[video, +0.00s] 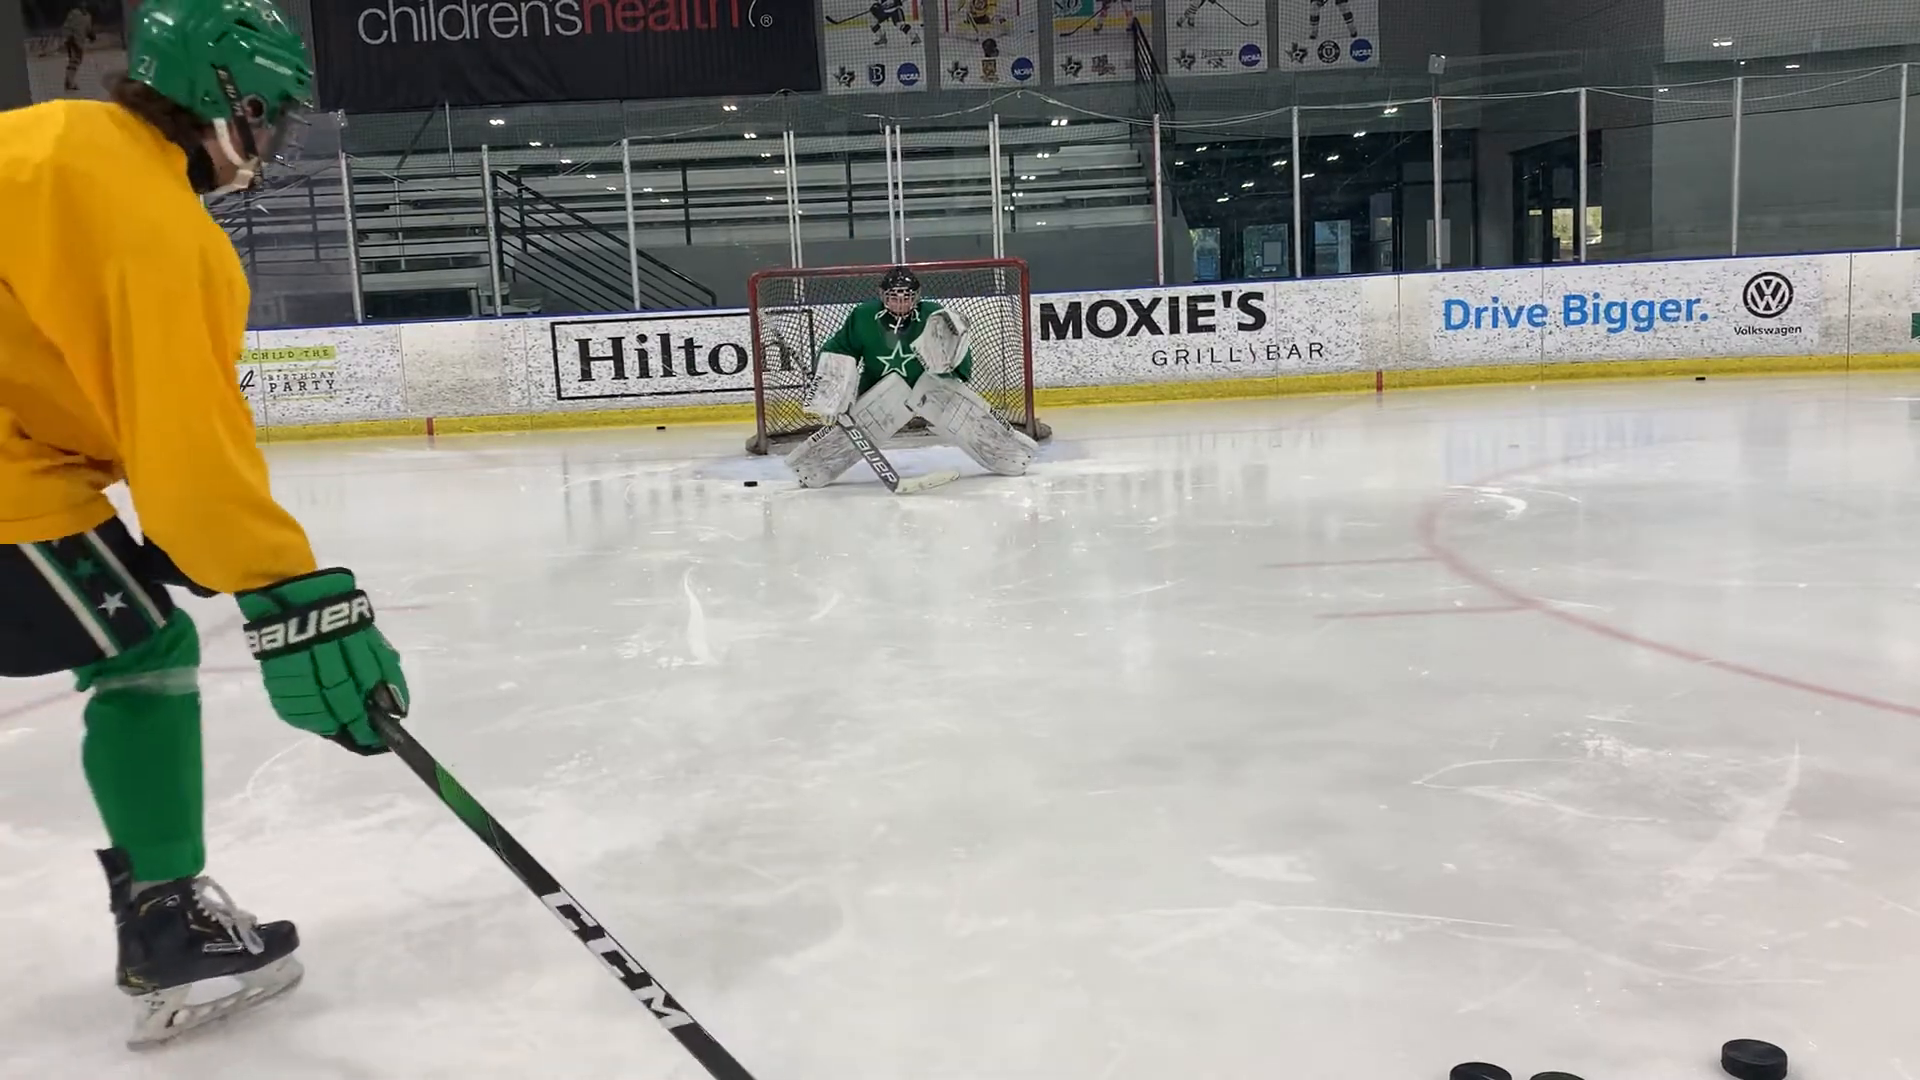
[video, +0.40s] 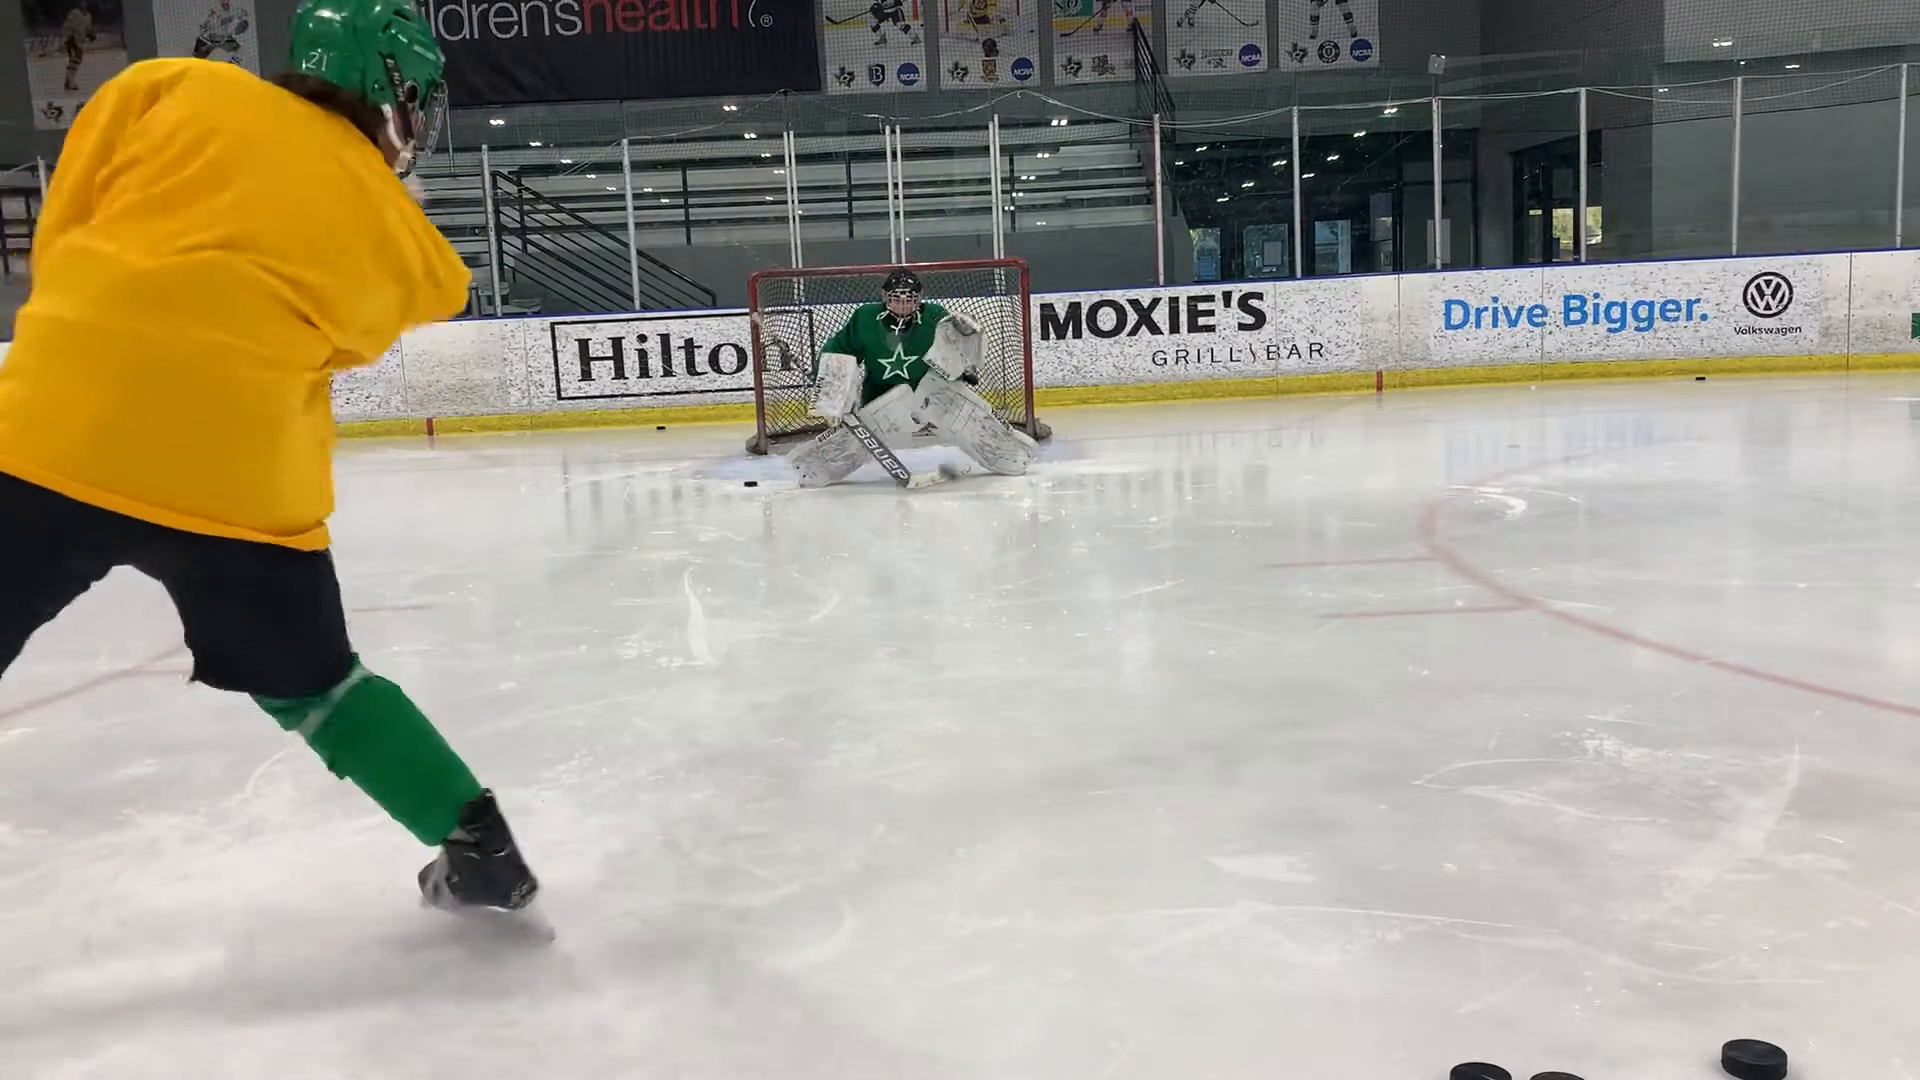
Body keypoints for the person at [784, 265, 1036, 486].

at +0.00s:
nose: (900, 302)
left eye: (906, 296)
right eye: (894, 296)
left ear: (916, 296)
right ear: (883, 296)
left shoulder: (934, 315)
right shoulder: (863, 318)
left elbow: (962, 371)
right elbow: (835, 352)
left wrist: (952, 346)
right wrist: (833, 388)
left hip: (930, 388)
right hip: (882, 391)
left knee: (964, 418)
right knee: (855, 430)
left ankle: (1009, 454)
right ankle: (814, 467)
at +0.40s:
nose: (902, 305)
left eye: (907, 298)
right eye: (896, 298)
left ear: (918, 298)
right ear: (886, 298)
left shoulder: (936, 317)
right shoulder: (865, 319)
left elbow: (964, 370)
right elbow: (834, 352)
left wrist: (962, 347)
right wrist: (834, 388)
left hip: (931, 402)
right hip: (880, 408)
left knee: (961, 410)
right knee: (853, 437)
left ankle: (1008, 453)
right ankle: (815, 467)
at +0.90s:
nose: (932, 322)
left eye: (937, 315)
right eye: (925, 316)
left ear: (943, 312)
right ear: (910, 313)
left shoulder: (955, 341)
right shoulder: (884, 332)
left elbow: (961, 392)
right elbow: (853, 365)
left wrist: (975, 422)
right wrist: (863, 402)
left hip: (942, 429)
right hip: (893, 427)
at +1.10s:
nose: (914, 299)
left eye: (918, 293)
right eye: (907, 293)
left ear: (925, 292)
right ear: (893, 294)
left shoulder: (941, 319)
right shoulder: (869, 322)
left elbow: (964, 365)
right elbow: (840, 372)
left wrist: (983, 389)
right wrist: (858, 394)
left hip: (945, 424)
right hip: (889, 427)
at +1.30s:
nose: (907, 281)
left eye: (911, 275)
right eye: (900, 276)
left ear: (917, 275)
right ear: (885, 276)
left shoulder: (930, 296)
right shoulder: (864, 307)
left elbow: (959, 334)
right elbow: (849, 362)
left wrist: (988, 352)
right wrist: (863, 403)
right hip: (892, 398)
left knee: (981, 384)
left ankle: (984, 452)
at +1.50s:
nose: (910, 274)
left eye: (914, 268)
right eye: (903, 268)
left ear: (920, 268)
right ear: (887, 270)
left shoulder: (929, 291)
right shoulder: (868, 304)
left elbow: (954, 322)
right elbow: (857, 362)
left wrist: (988, 329)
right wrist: (871, 406)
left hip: (931, 376)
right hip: (896, 392)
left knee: (979, 379)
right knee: (915, 462)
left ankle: (964, 449)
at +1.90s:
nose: (906, 212)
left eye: (911, 205)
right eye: (899, 206)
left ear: (919, 206)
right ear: (887, 208)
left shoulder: (938, 239)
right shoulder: (869, 243)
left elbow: (961, 285)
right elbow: (848, 298)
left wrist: (978, 322)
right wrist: (847, 348)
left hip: (937, 340)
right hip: (889, 341)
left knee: (957, 397)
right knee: (879, 404)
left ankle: (947, 455)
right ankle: (855, 462)